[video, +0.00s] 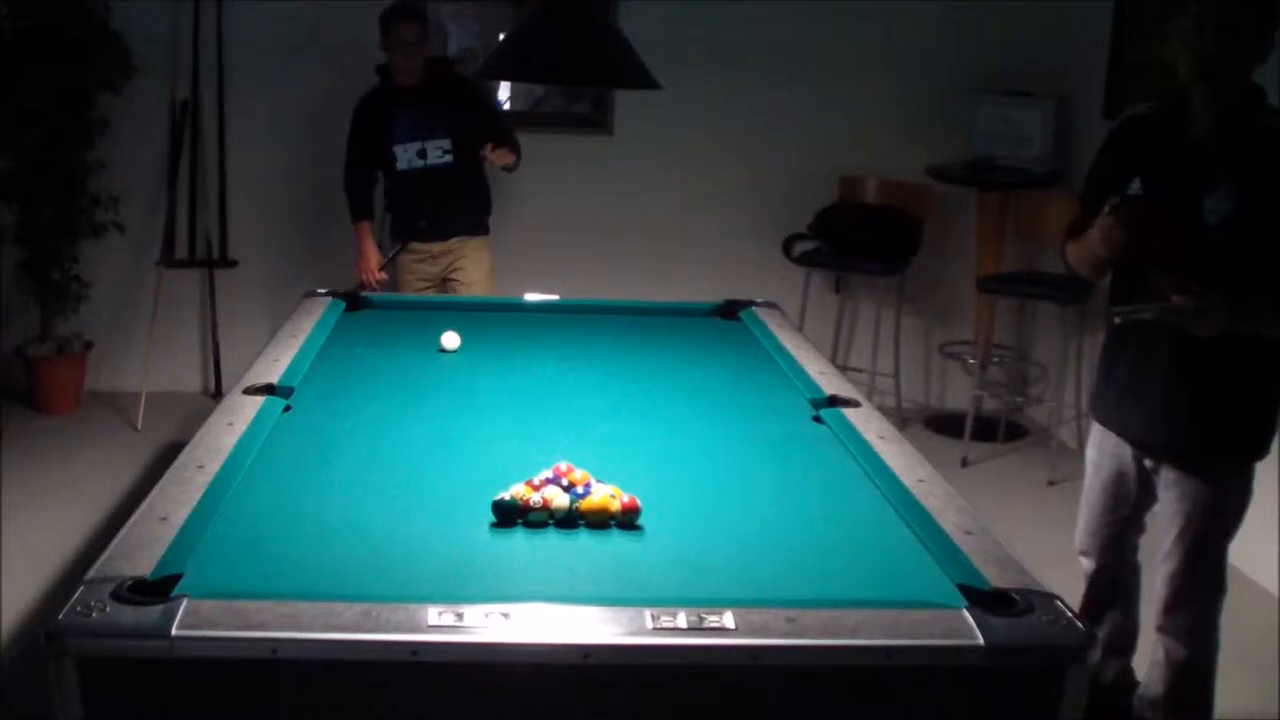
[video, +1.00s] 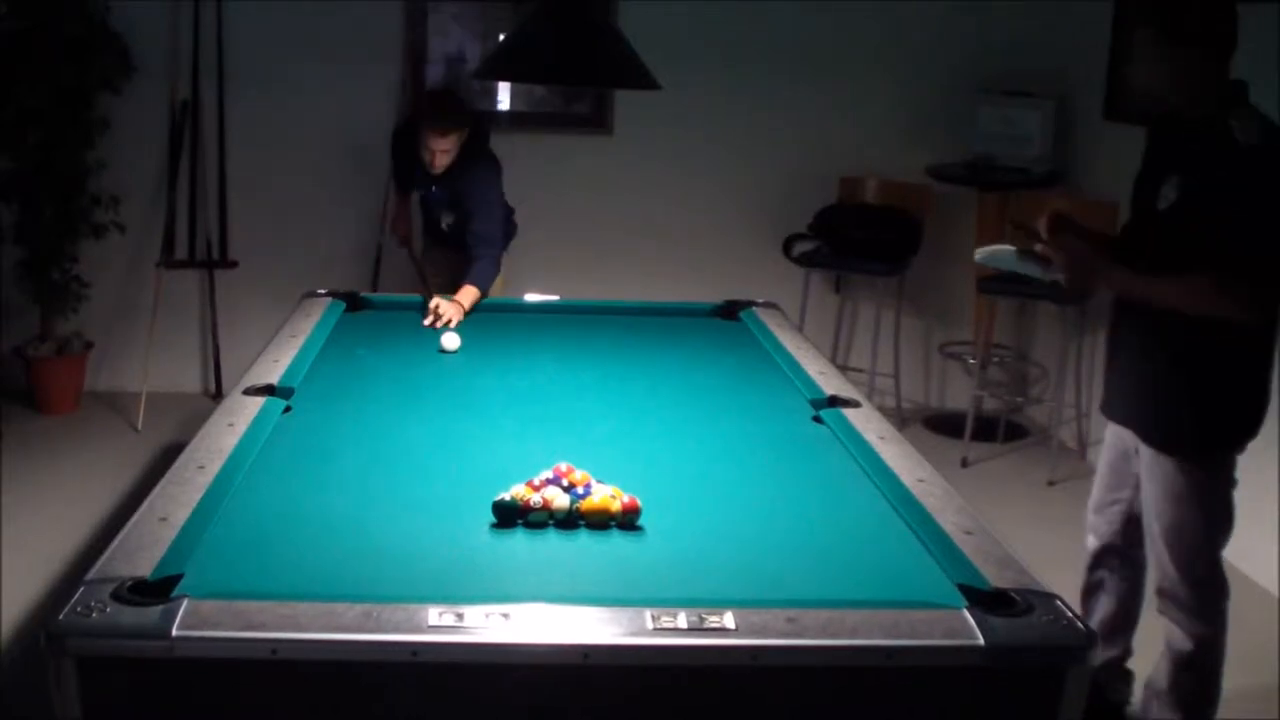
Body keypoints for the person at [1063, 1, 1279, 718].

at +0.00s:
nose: (1203, 56)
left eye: (1221, 38)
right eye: (1193, 36)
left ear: (1253, 47)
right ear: (1172, 45)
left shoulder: (1272, 148)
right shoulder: (1141, 133)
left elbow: (1274, 288)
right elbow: (1078, 257)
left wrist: (1216, 302)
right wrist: (1099, 242)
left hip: (1224, 397)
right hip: (1129, 379)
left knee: (1183, 597)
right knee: (1099, 557)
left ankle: (1171, 710)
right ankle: (1099, 692)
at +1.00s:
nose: (1133, 70)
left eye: (1146, 51)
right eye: (1134, 51)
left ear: (1192, 56)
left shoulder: (1252, 152)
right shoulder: (1172, 139)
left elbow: (1239, 295)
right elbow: (1158, 256)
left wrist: (1109, 274)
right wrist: (1089, 248)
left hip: (1196, 408)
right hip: (1135, 389)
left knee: (1185, 588)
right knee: (1109, 548)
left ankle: (1177, 708)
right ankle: (1098, 675)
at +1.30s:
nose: (1099, 70)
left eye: (1112, 52)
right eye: (1103, 52)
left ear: (1149, 56)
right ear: (1160, 54)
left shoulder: (1189, 143)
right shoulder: (1156, 131)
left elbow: (1158, 278)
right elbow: (1131, 237)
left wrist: (1049, 254)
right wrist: (1051, 218)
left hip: (1156, 389)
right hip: (1118, 377)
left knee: (1146, 562)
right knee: (1093, 535)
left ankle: (1162, 708)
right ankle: (1097, 667)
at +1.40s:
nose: (1090, 71)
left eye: (1101, 54)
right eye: (1091, 54)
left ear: (1142, 55)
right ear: (1150, 53)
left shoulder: (1174, 138)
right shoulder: (1151, 127)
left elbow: (1144, 271)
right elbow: (1120, 230)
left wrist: (1034, 250)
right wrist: (1038, 214)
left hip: (1142, 378)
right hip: (1119, 370)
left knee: (1117, 547)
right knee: (1091, 536)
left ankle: (1145, 706)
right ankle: (1087, 671)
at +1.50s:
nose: (1081, 69)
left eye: (1091, 52)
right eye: (1082, 52)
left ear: (1128, 52)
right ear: (1144, 49)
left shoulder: (1156, 128)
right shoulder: (1153, 120)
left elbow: (1134, 264)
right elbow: (1119, 224)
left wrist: (1028, 245)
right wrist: (1034, 210)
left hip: (1126, 373)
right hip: (1131, 368)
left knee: (1092, 539)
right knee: (1095, 533)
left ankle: (1122, 695)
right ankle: (1111, 684)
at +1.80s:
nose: (1048, 70)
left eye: (1056, 55)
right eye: (1048, 56)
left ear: (1086, 56)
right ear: (1118, 52)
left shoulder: (1111, 126)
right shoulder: (1141, 122)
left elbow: (1096, 259)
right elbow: (1091, 218)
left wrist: (1000, 239)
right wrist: (1007, 206)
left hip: (1091, 374)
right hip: (1138, 370)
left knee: (1027, 520)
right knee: (1111, 525)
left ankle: (1014, 671)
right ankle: (1104, 668)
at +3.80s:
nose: (1003, 68)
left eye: (1014, 54)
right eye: (1001, 54)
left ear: (1049, 52)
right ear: (1020, 54)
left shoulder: (1102, 128)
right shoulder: (1029, 126)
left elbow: (1101, 244)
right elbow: (1038, 226)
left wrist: (993, 239)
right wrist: (980, 224)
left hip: (1088, 355)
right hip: (1028, 346)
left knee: (1101, 506)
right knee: (1018, 493)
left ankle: (1144, 655)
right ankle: (1006, 628)